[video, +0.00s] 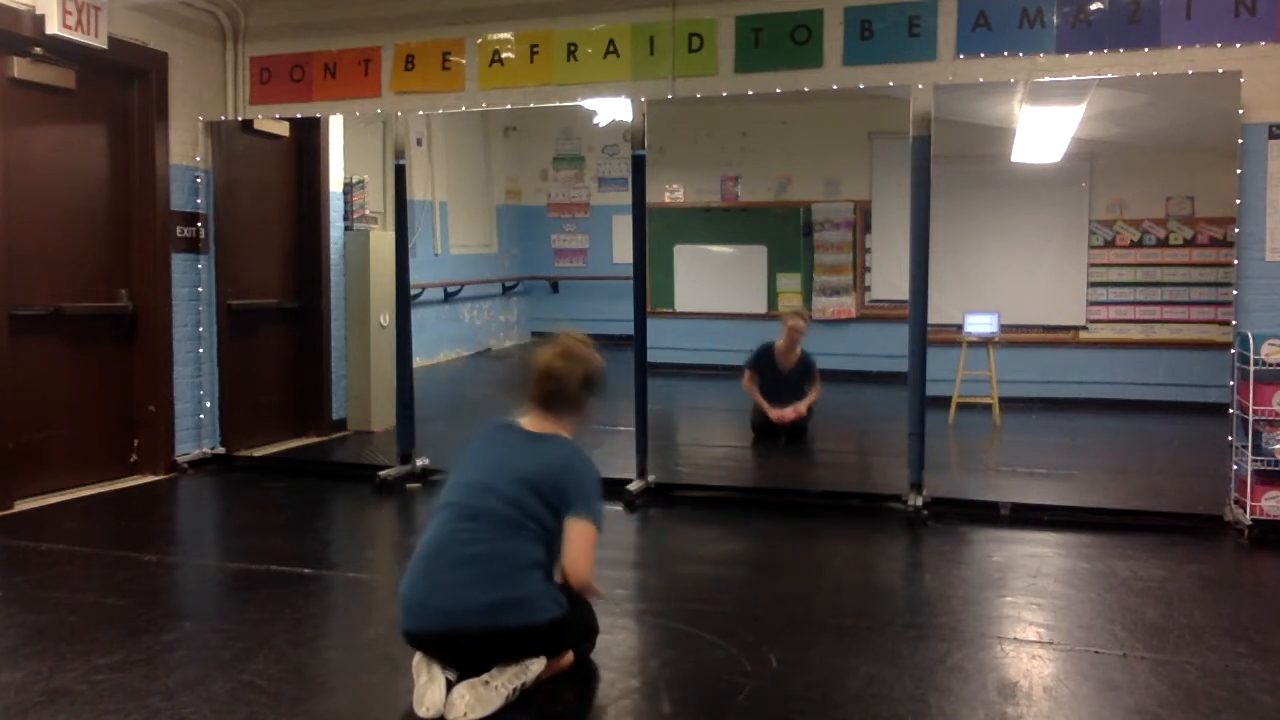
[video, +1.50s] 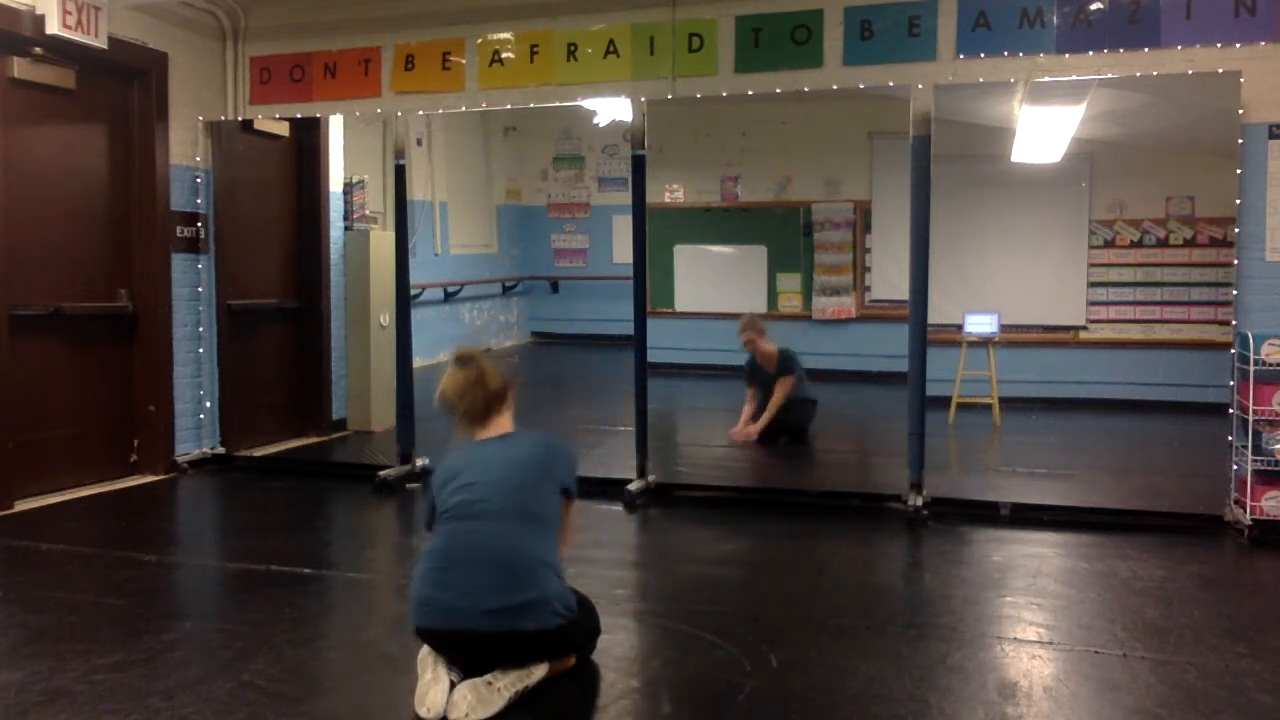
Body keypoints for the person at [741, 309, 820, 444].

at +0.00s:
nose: (793, 336)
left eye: (798, 332)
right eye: (791, 330)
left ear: (803, 335)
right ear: (784, 329)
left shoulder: (806, 361)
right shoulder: (765, 352)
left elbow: (815, 389)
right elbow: (748, 382)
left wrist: (800, 407)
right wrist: (769, 410)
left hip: (795, 419)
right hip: (766, 418)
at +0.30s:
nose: (801, 379)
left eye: (805, 376)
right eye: (800, 374)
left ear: (810, 374)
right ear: (792, 366)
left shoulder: (808, 380)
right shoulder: (770, 372)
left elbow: (817, 411)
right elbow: (765, 410)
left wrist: (820, 437)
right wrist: (786, 439)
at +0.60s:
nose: (799, 391)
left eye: (804, 388)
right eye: (798, 386)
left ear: (810, 384)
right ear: (790, 376)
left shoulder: (807, 383)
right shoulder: (769, 377)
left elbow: (814, 411)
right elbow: (784, 411)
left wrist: (823, 440)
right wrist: (802, 439)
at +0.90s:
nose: (790, 343)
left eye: (794, 338)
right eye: (786, 338)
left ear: (801, 338)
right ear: (778, 338)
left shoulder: (805, 359)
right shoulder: (767, 357)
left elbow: (816, 391)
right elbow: (762, 394)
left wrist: (810, 421)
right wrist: (783, 426)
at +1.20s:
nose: (775, 328)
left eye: (779, 323)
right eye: (771, 324)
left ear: (786, 327)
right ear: (766, 328)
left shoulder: (802, 354)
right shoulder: (758, 354)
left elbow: (815, 380)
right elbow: (750, 376)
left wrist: (795, 396)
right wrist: (765, 390)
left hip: (797, 402)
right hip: (770, 400)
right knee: (761, 430)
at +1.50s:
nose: (749, 347)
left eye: (751, 342)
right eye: (746, 344)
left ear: (762, 337)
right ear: (744, 344)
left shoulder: (786, 358)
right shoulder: (752, 365)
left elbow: (779, 397)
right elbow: (751, 400)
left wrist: (757, 427)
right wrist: (740, 427)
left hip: (799, 402)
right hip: (770, 403)